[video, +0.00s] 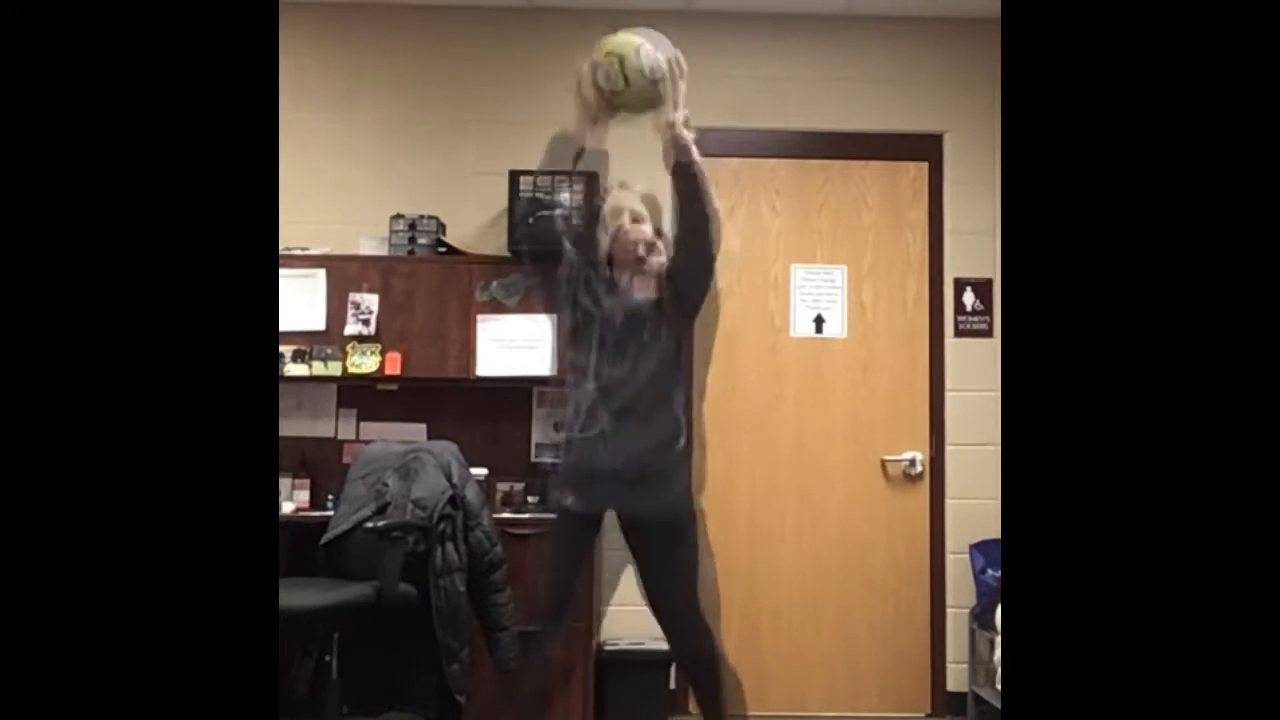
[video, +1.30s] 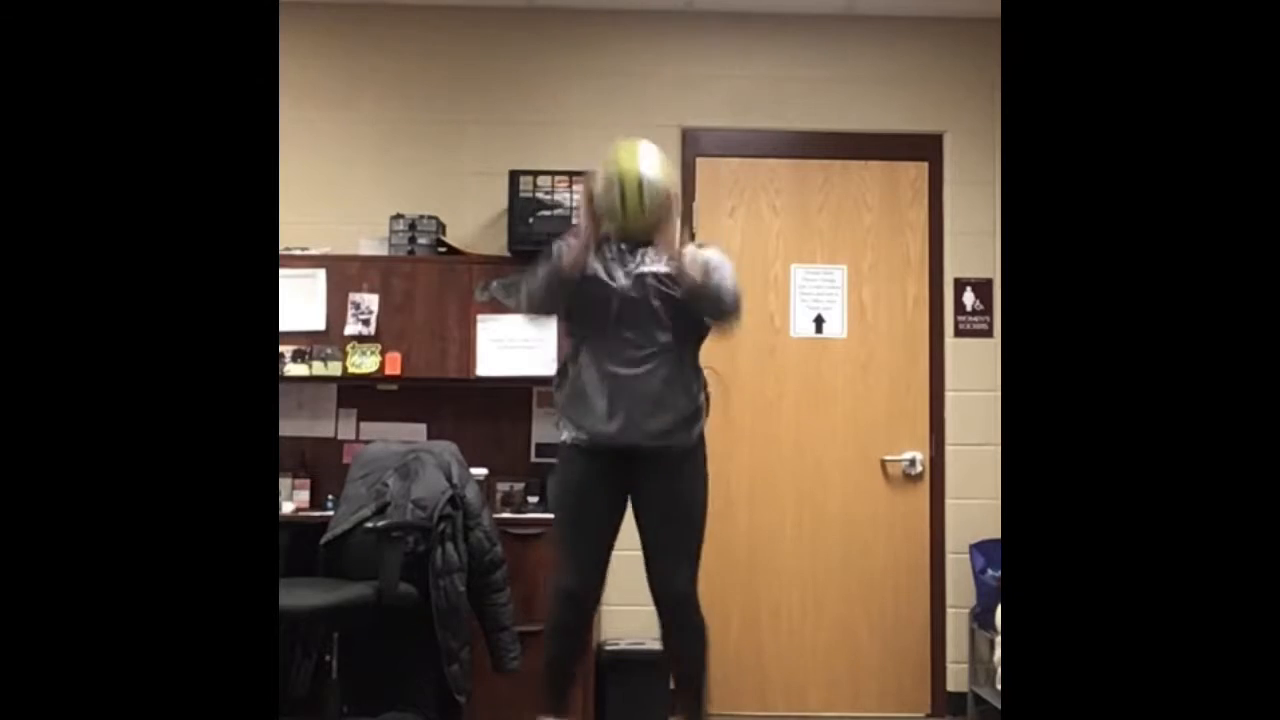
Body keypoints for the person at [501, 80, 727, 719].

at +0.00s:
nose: (628, 227)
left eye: (638, 217)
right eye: (616, 220)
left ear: (658, 232)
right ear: (598, 238)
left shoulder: (674, 298)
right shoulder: (582, 293)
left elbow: (698, 238)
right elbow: (545, 222)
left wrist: (678, 144)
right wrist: (584, 130)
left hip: (654, 474)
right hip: (582, 470)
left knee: (681, 622)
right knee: (550, 616)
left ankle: (721, 709)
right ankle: (521, 711)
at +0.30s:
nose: (629, 215)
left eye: (641, 208)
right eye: (618, 206)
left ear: (658, 227)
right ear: (599, 219)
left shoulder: (674, 289)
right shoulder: (577, 281)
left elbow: (709, 251)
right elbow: (535, 252)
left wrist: (677, 174)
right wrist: (570, 170)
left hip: (657, 467)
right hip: (578, 465)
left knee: (679, 614)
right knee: (542, 610)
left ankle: (709, 711)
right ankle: (487, 711)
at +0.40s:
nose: (622, 217)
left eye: (635, 206)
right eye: (609, 207)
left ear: (657, 214)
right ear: (592, 215)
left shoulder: (682, 276)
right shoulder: (574, 273)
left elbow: (706, 327)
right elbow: (533, 318)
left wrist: (667, 264)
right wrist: (573, 252)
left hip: (659, 459)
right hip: (579, 457)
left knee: (665, 600)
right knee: (562, 593)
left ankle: (674, 710)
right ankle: (548, 709)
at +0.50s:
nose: (633, 226)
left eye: (644, 219)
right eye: (621, 217)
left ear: (659, 238)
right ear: (601, 233)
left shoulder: (685, 314)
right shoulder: (562, 312)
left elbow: (694, 413)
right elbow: (541, 403)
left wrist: (656, 359)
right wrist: (580, 359)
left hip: (659, 492)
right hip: (580, 491)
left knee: (650, 626)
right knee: (584, 624)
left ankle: (647, 714)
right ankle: (594, 712)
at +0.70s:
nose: (624, 232)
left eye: (636, 220)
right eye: (613, 220)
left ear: (656, 224)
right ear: (592, 225)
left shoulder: (683, 281)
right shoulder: (567, 283)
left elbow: (705, 340)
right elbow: (537, 343)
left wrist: (675, 292)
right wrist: (572, 280)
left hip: (661, 474)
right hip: (582, 475)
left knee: (654, 610)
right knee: (588, 609)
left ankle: (653, 710)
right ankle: (591, 710)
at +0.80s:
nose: (633, 192)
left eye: (643, 185)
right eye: (621, 184)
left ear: (659, 201)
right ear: (601, 197)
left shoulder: (676, 262)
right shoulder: (575, 255)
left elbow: (712, 259)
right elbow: (536, 260)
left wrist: (678, 181)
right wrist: (578, 180)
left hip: (662, 442)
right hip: (582, 442)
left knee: (668, 594)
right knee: (574, 589)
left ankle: (681, 712)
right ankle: (553, 711)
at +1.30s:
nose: (634, 198)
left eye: (645, 188)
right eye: (621, 187)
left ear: (668, 198)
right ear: (602, 198)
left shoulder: (692, 260)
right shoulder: (578, 255)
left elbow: (726, 306)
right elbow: (531, 300)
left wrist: (679, 257)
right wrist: (579, 244)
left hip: (670, 452)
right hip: (590, 448)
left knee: (676, 591)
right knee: (573, 589)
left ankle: (690, 710)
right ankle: (553, 710)